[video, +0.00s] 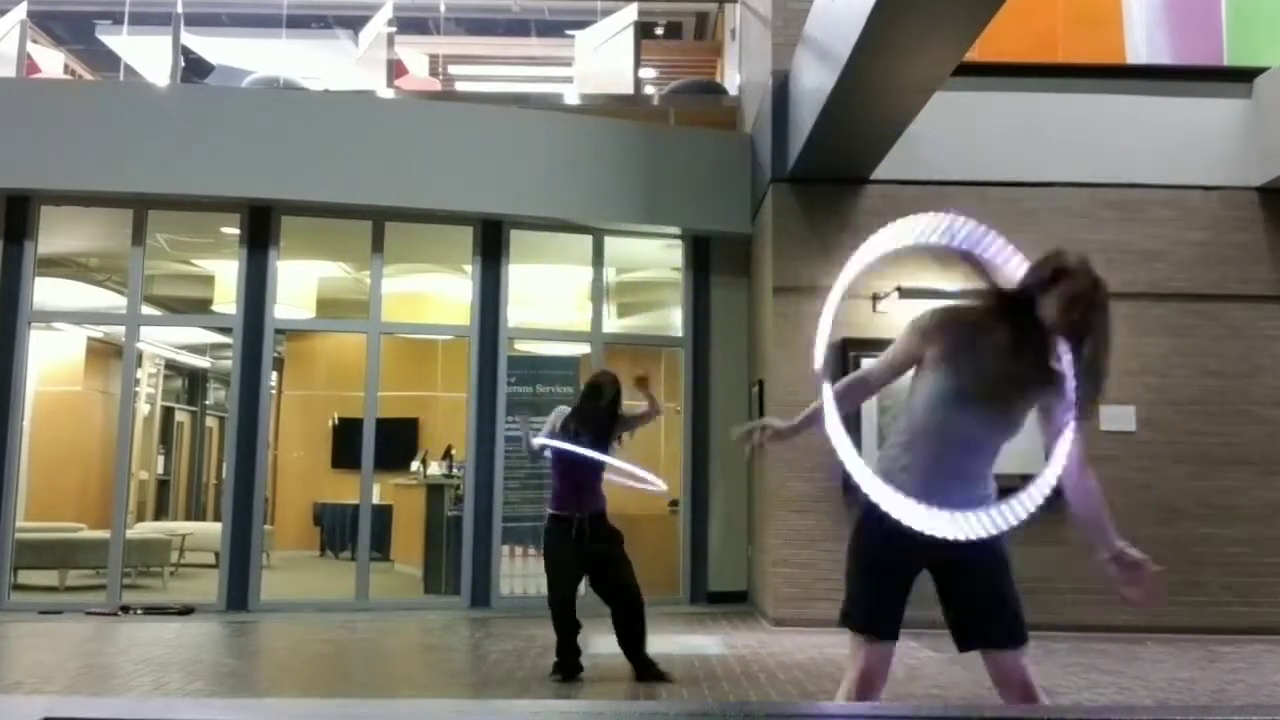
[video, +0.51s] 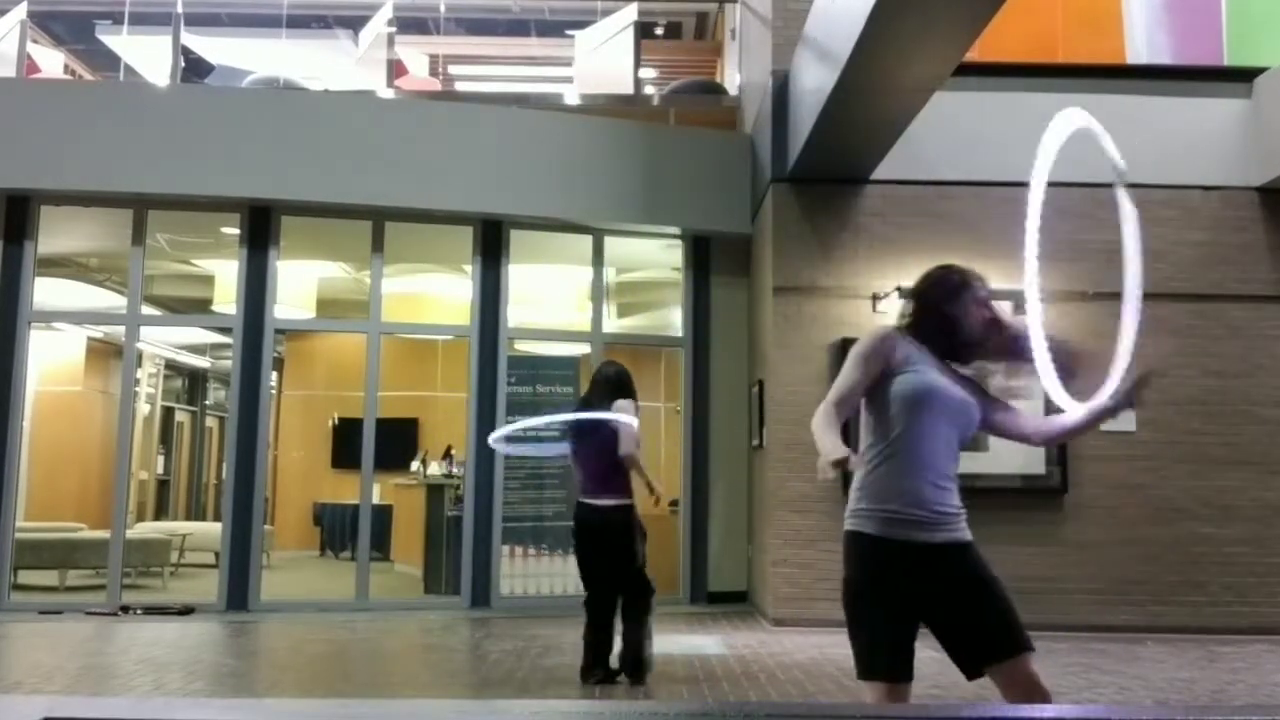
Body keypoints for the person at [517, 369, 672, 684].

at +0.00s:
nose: (603, 404)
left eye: (609, 399)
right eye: (600, 396)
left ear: (614, 402)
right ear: (590, 395)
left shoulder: (610, 424)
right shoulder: (562, 417)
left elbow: (653, 413)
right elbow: (538, 449)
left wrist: (645, 391)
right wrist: (530, 439)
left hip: (596, 524)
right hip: (561, 524)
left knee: (626, 596)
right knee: (561, 601)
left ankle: (640, 662)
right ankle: (568, 663)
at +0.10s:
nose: (621, 404)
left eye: (622, 399)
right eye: (617, 398)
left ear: (621, 401)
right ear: (603, 396)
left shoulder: (615, 420)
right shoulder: (565, 416)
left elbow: (657, 408)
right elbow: (542, 451)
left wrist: (659, 390)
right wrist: (551, 464)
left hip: (599, 521)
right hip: (567, 520)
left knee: (626, 590)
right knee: (568, 597)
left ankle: (610, 664)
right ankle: (565, 662)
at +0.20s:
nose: (628, 396)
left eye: (629, 391)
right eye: (624, 391)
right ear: (608, 393)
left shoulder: (620, 425)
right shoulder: (574, 419)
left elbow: (645, 410)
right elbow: (557, 464)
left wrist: (639, 410)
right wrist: (575, 496)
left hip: (602, 521)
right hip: (576, 520)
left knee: (625, 590)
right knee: (591, 594)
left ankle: (595, 666)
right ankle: (555, 654)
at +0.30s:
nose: (633, 401)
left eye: (633, 394)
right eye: (628, 394)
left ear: (604, 393)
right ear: (614, 395)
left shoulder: (613, 427)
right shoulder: (588, 423)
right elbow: (578, 477)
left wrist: (632, 430)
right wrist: (609, 511)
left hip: (604, 518)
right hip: (585, 518)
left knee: (626, 592)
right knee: (608, 594)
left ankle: (598, 667)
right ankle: (556, 642)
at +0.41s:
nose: (635, 396)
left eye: (634, 389)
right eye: (632, 389)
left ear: (599, 387)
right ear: (623, 390)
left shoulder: (588, 417)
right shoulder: (609, 416)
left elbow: (589, 471)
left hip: (584, 517)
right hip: (601, 517)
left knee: (607, 592)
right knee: (638, 587)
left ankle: (598, 663)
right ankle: (597, 656)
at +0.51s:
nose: (632, 390)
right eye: (630, 385)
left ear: (594, 384)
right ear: (625, 385)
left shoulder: (579, 414)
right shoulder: (624, 406)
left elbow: (575, 464)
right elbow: (627, 452)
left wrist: (582, 499)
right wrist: (650, 484)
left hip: (585, 516)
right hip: (617, 516)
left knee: (598, 592)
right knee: (637, 588)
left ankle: (594, 667)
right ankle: (634, 663)